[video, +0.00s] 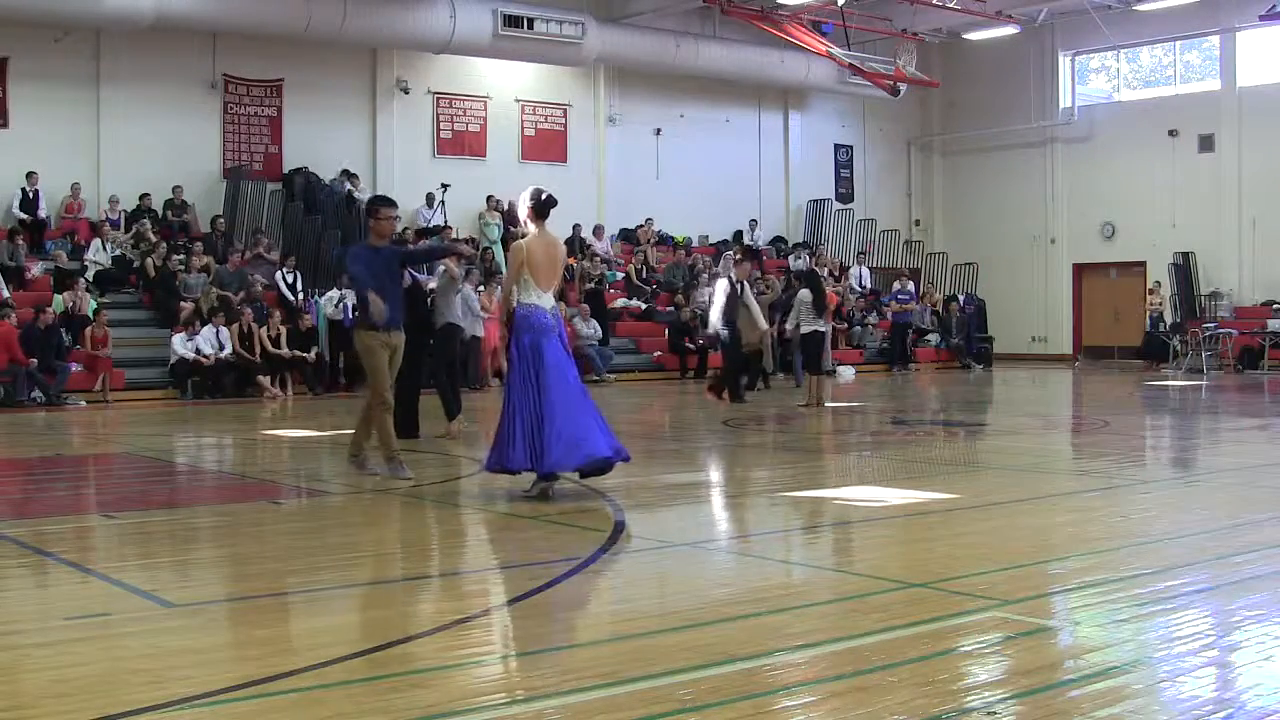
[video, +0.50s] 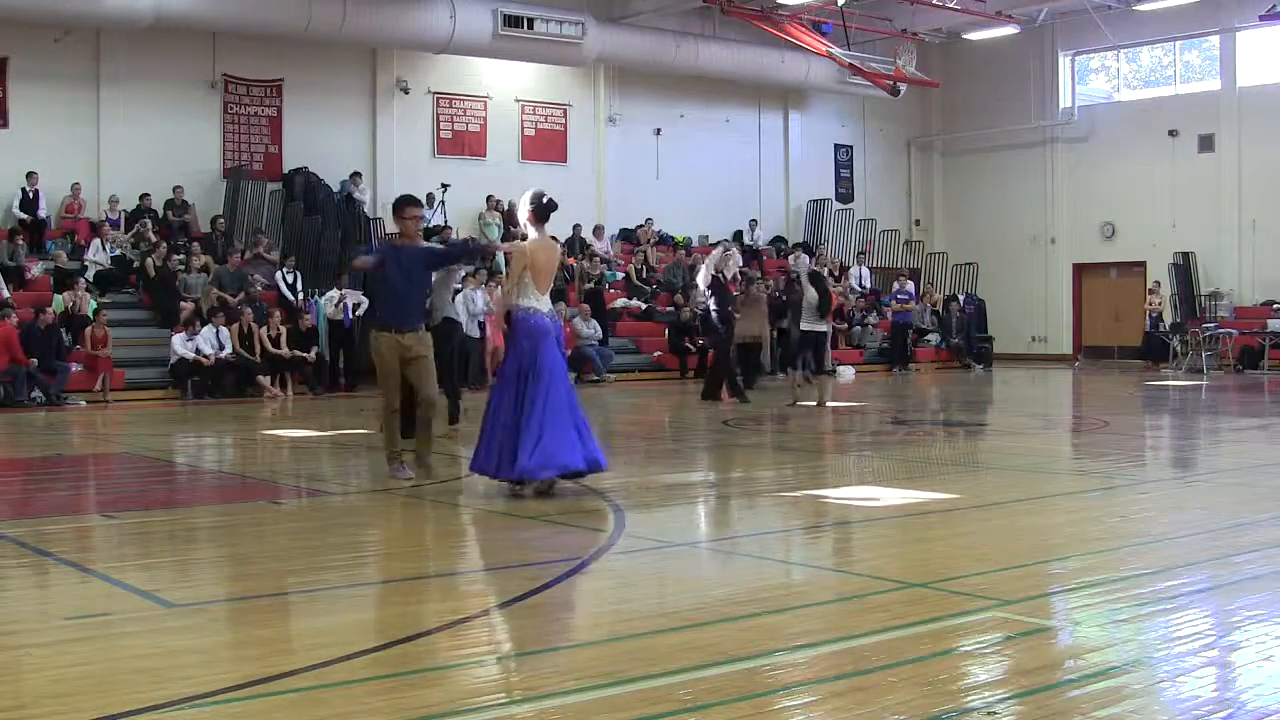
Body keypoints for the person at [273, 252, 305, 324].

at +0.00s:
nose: (293, 263)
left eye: (294, 261)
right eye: (291, 261)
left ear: (295, 262)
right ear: (285, 262)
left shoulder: (297, 274)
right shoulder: (279, 274)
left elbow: (299, 287)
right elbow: (283, 288)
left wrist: (300, 299)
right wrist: (292, 299)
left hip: (295, 297)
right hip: (285, 297)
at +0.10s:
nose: (293, 263)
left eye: (294, 261)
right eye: (291, 261)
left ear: (295, 262)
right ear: (285, 262)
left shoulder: (297, 274)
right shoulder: (279, 274)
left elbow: (299, 287)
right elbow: (283, 288)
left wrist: (300, 299)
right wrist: (292, 299)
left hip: (295, 297)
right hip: (285, 297)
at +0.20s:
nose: (293, 263)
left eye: (294, 261)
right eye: (290, 261)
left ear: (295, 262)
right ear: (285, 262)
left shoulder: (297, 274)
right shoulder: (279, 274)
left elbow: (299, 287)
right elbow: (283, 288)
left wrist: (300, 299)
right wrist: (292, 299)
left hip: (296, 297)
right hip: (285, 297)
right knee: (293, 310)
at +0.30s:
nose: (292, 263)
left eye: (294, 261)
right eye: (290, 261)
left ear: (295, 262)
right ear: (285, 262)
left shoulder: (297, 273)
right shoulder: (279, 274)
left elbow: (299, 287)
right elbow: (283, 288)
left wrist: (300, 299)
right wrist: (293, 299)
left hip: (296, 296)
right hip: (285, 297)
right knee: (293, 310)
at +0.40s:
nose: (292, 263)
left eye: (294, 261)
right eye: (290, 261)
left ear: (295, 262)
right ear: (285, 262)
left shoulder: (297, 273)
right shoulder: (279, 274)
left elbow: (299, 287)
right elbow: (283, 288)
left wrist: (300, 299)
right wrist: (293, 299)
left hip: (296, 296)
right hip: (285, 297)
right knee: (293, 309)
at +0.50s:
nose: (292, 263)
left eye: (294, 261)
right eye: (290, 261)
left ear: (295, 262)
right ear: (285, 262)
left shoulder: (297, 273)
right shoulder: (279, 274)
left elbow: (299, 287)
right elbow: (283, 288)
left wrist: (300, 299)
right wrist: (293, 299)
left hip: (296, 296)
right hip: (285, 297)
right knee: (293, 309)